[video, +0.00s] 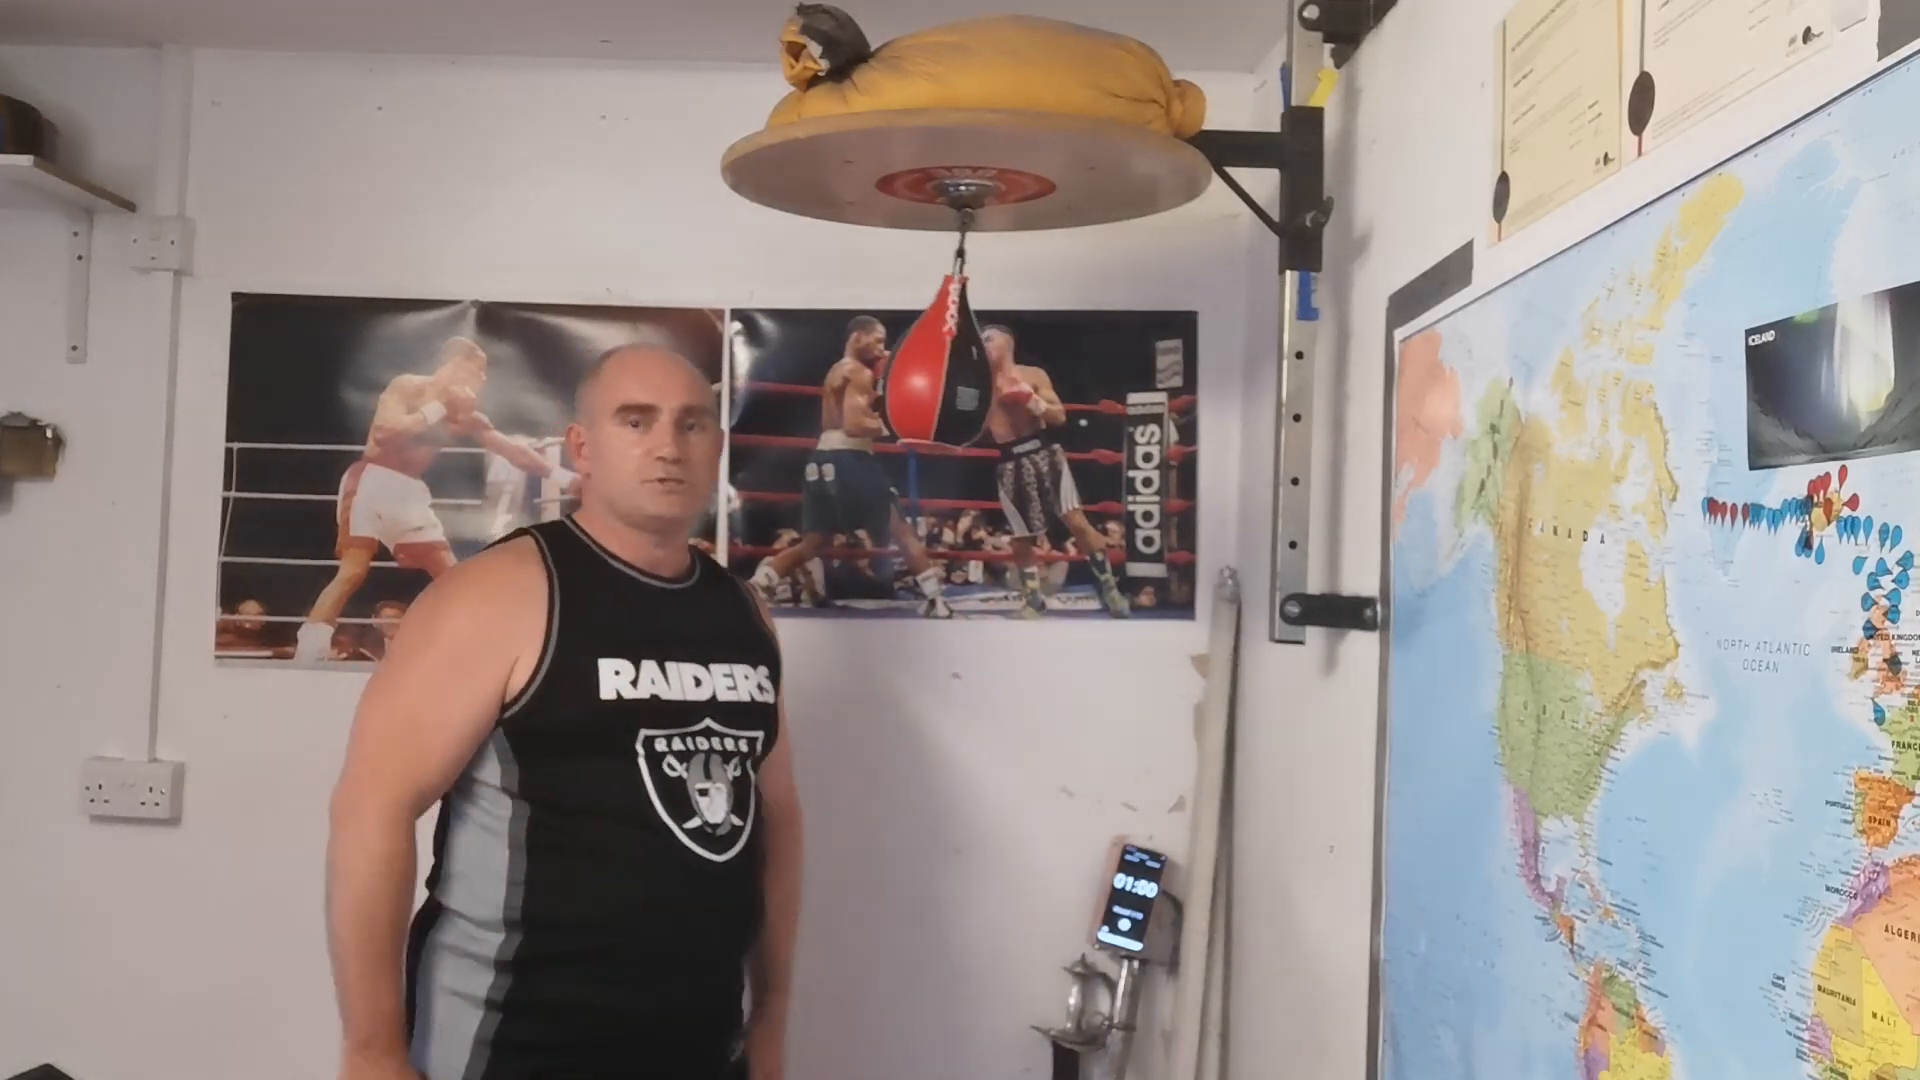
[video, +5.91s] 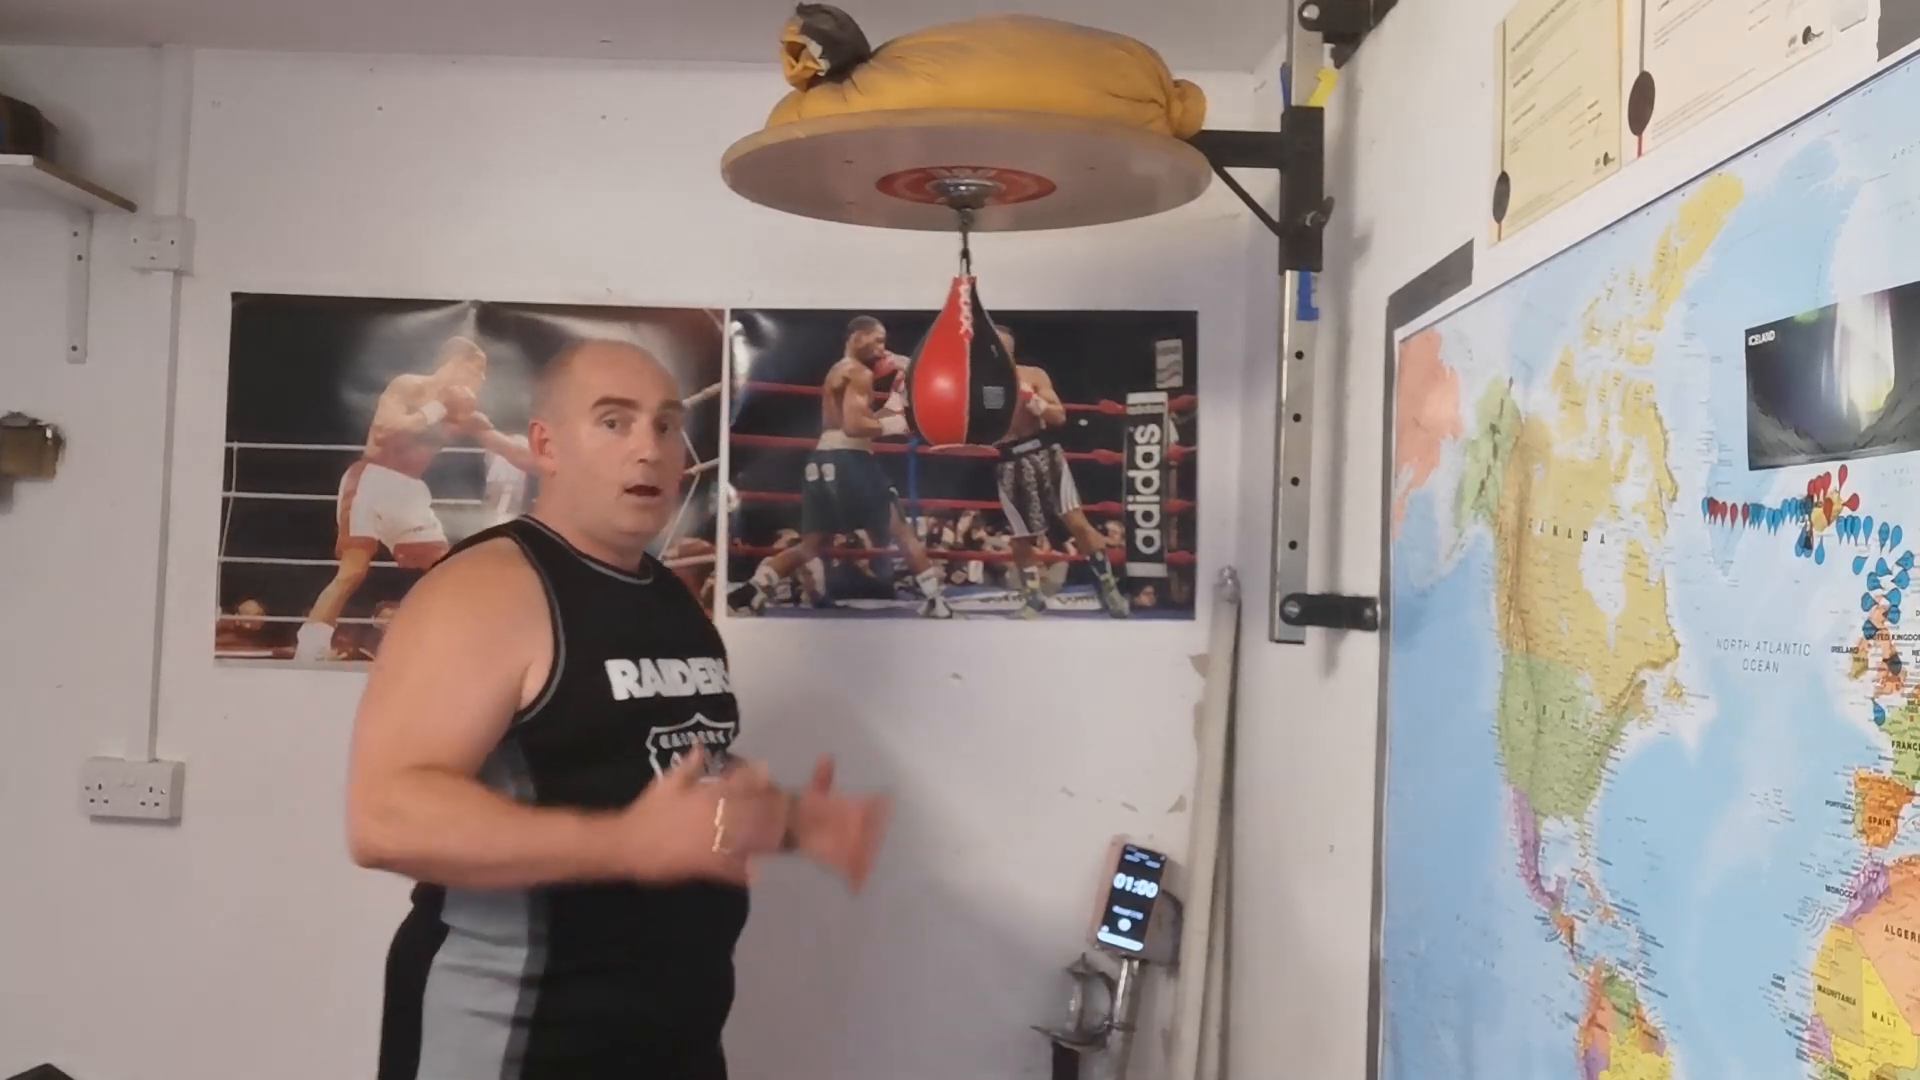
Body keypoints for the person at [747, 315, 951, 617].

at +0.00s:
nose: (882, 349)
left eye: (883, 343)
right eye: (878, 341)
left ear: (854, 341)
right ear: (857, 338)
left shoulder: (833, 373)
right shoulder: (859, 373)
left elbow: (834, 421)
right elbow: (854, 424)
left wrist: (876, 372)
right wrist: (886, 425)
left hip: (820, 462)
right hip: (853, 462)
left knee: (814, 542)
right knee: (903, 531)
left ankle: (754, 588)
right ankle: (937, 600)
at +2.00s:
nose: (881, 348)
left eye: (882, 342)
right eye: (878, 341)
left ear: (855, 340)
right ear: (857, 337)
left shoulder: (833, 373)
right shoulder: (859, 373)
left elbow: (834, 422)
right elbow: (854, 425)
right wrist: (887, 424)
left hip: (820, 462)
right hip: (853, 461)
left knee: (815, 541)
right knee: (900, 529)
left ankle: (756, 588)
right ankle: (936, 597)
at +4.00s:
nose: (881, 349)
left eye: (883, 343)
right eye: (877, 342)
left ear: (856, 340)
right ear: (857, 338)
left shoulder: (834, 373)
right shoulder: (859, 373)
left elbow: (861, 419)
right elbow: (854, 425)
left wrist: (888, 406)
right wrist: (891, 424)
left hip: (820, 463)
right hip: (852, 463)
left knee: (815, 542)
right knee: (901, 529)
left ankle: (756, 587)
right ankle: (935, 597)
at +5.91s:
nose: (881, 348)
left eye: (882, 342)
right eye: (878, 342)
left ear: (854, 340)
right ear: (857, 338)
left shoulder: (835, 372)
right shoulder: (860, 372)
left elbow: (844, 420)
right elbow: (854, 424)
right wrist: (889, 424)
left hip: (821, 463)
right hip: (852, 464)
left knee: (812, 544)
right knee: (903, 531)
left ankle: (753, 589)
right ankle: (935, 598)